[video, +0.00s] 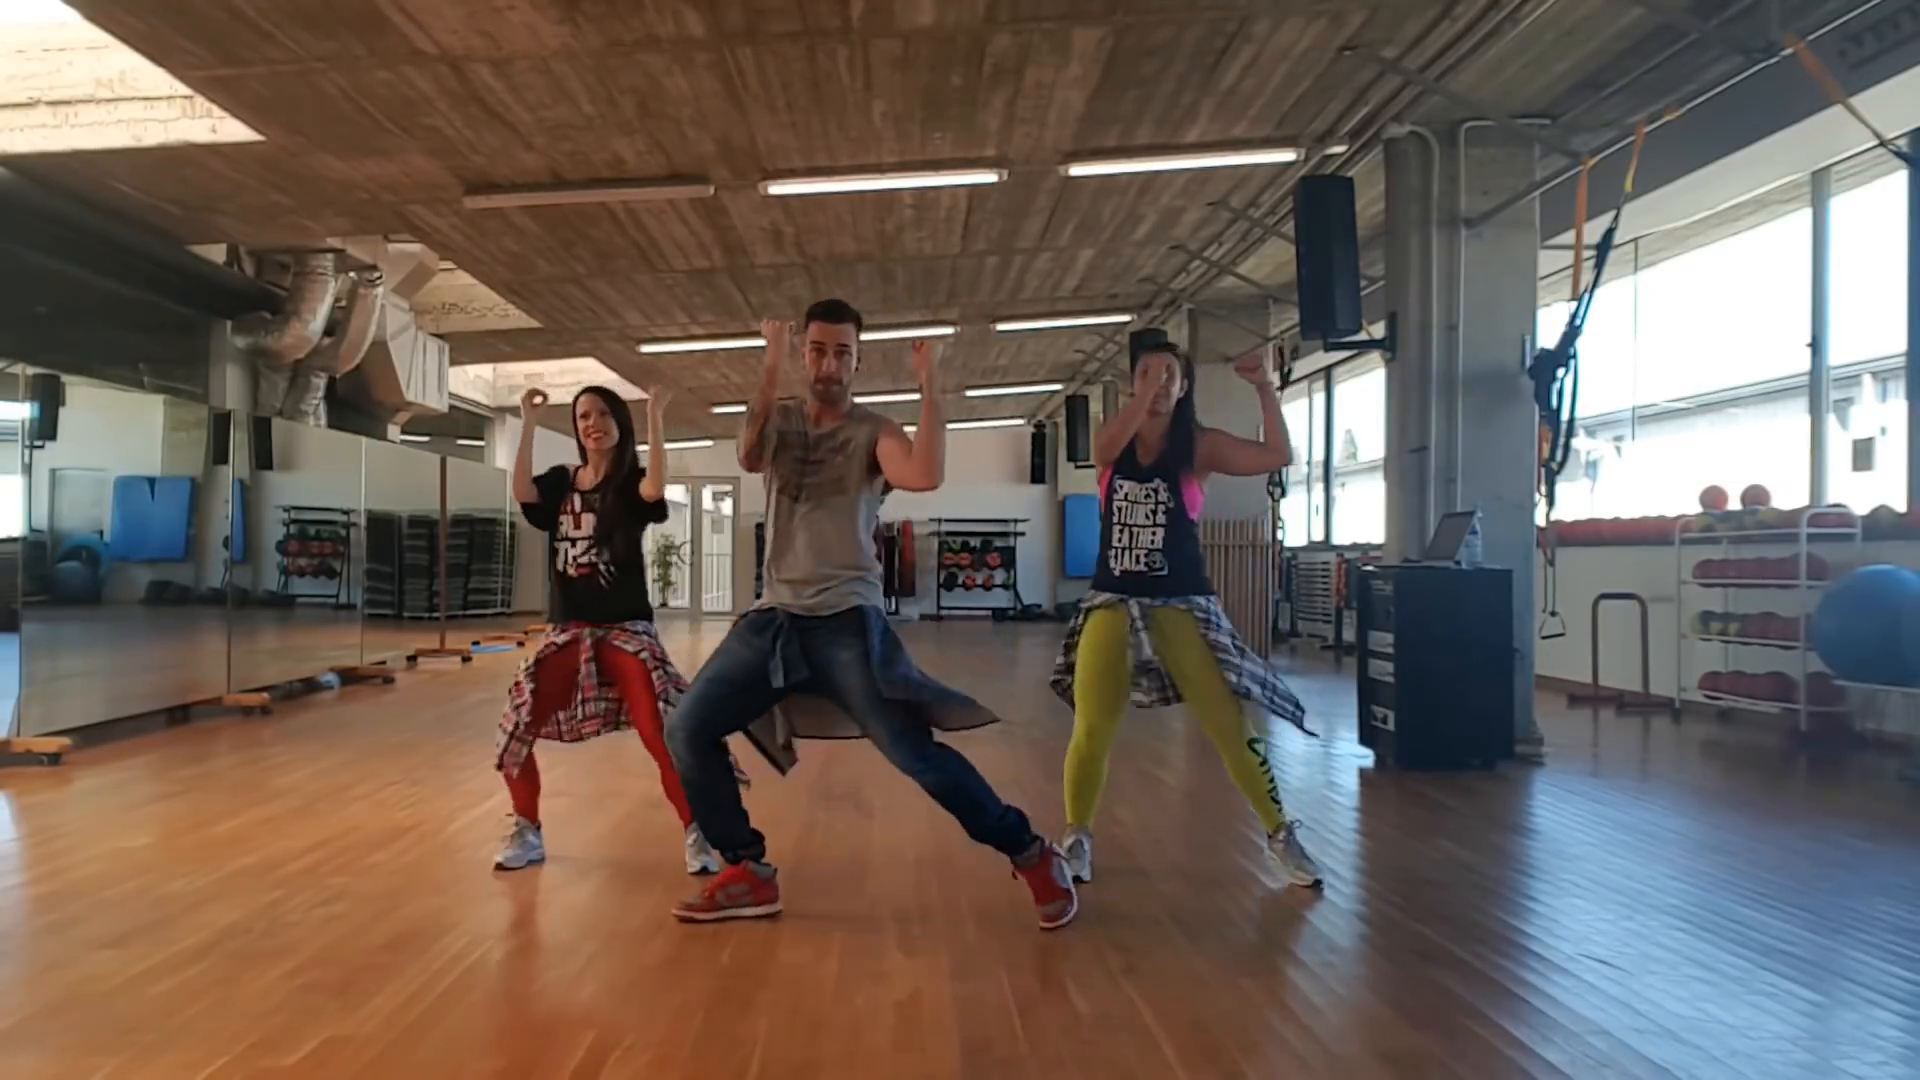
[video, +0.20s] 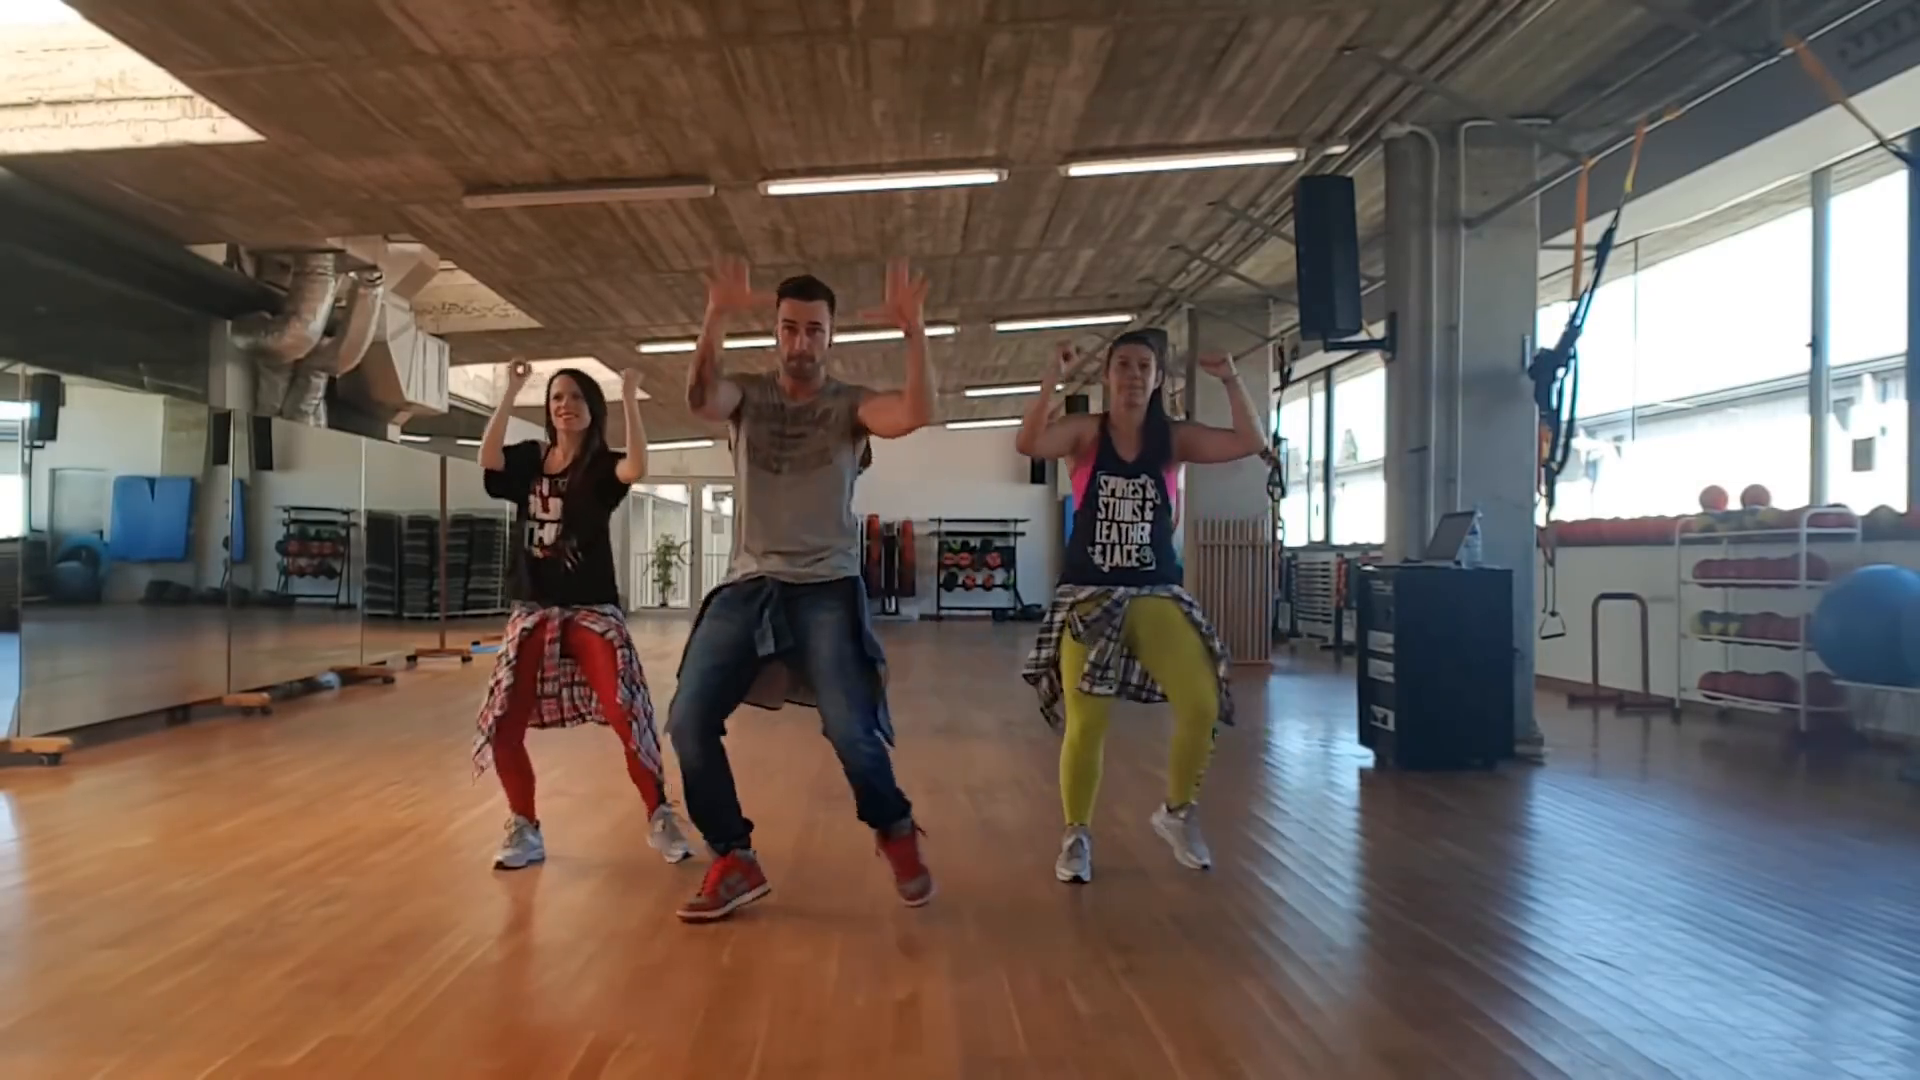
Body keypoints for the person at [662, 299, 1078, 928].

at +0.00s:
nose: (829, 363)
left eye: (842, 353)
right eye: (819, 350)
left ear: (857, 362)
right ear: (801, 355)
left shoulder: (873, 431)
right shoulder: (780, 421)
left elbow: (923, 475)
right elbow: (750, 457)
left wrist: (927, 392)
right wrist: (770, 379)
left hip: (846, 610)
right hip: (775, 609)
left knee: (907, 749)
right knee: (687, 727)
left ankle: (1030, 854)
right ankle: (748, 870)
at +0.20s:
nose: (800, 343)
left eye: (812, 331)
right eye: (789, 330)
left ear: (831, 337)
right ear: (775, 334)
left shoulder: (849, 405)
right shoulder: (747, 396)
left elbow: (914, 413)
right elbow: (701, 397)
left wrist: (913, 330)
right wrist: (716, 318)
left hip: (827, 582)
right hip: (747, 581)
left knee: (849, 727)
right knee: (688, 720)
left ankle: (897, 835)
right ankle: (735, 859)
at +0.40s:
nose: (798, 358)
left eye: (810, 346)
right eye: (787, 345)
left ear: (829, 354)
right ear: (772, 350)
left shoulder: (842, 422)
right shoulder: (749, 418)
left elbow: (872, 444)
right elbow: (729, 430)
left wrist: (868, 350)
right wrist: (748, 350)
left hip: (819, 614)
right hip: (741, 605)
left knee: (779, 754)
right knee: (709, 748)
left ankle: (798, 853)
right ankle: (731, 867)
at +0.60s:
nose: (820, 348)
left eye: (832, 336)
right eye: (808, 336)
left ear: (848, 342)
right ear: (788, 341)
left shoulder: (861, 407)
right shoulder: (763, 400)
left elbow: (885, 434)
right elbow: (721, 425)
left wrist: (879, 339)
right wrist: (733, 338)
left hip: (846, 591)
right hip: (770, 591)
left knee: (922, 709)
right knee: (747, 737)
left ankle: (894, 848)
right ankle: (701, 856)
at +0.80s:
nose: (864, 364)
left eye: (875, 350)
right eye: (852, 350)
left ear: (893, 357)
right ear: (838, 356)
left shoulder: (916, 420)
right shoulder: (811, 422)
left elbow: (921, 450)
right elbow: (751, 451)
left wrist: (893, 357)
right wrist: (742, 369)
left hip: (907, 620)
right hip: (835, 621)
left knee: (989, 729)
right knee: (805, 760)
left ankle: (1022, 866)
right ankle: (683, 847)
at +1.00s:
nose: (921, 362)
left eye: (931, 348)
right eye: (909, 350)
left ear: (951, 350)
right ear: (895, 355)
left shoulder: (978, 413)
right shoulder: (878, 425)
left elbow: (999, 442)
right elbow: (812, 461)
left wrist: (962, 353)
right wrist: (797, 376)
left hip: (977, 604)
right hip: (903, 603)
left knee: (1051, 731)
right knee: (851, 747)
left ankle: (1033, 870)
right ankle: (746, 832)